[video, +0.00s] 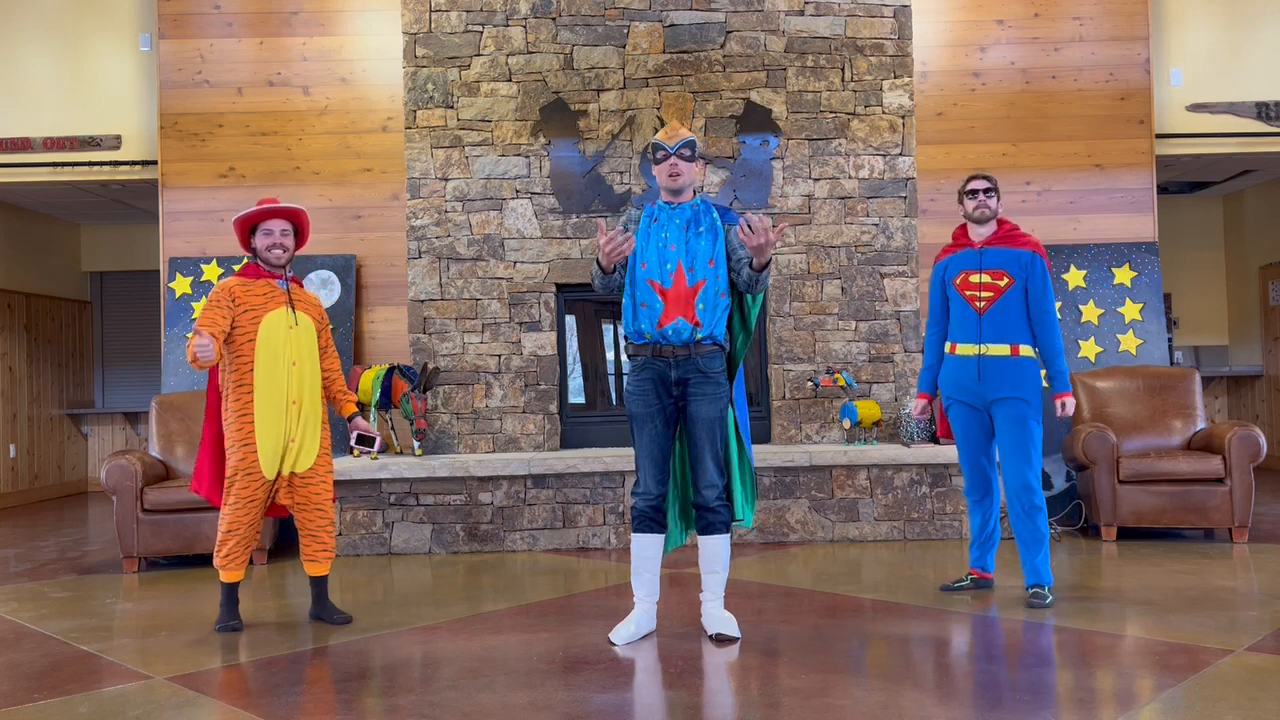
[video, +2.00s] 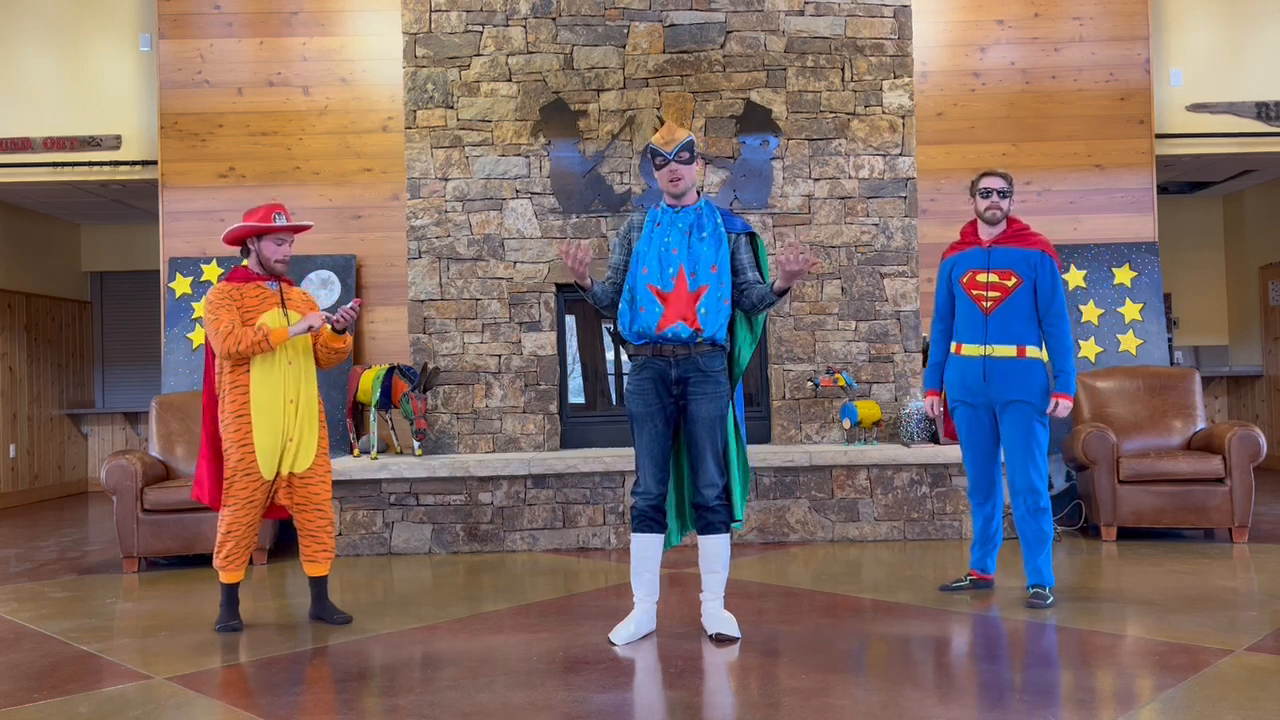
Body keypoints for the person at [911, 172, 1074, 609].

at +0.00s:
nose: (980, 200)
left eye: (988, 194)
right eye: (972, 195)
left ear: (1000, 203)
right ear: (961, 207)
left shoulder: (1027, 254)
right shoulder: (946, 262)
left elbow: (1046, 323)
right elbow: (935, 333)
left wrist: (1061, 382)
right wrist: (925, 390)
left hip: (1015, 385)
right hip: (961, 389)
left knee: (1023, 484)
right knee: (977, 484)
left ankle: (1038, 581)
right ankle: (980, 572)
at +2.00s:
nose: (994, 201)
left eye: (1001, 194)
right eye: (985, 194)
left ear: (1012, 202)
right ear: (973, 201)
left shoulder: (1036, 254)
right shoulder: (954, 257)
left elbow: (1057, 323)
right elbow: (941, 327)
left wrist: (1065, 383)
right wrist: (933, 383)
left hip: (1022, 388)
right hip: (968, 391)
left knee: (1029, 486)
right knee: (981, 485)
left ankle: (1039, 580)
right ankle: (982, 572)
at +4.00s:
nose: (971, 205)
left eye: (980, 197)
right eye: (970, 198)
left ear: (1007, 202)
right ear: (978, 205)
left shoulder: (1037, 251)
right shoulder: (971, 256)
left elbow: (1054, 329)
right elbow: (965, 328)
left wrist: (1046, 390)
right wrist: (953, 382)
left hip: (1017, 388)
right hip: (972, 388)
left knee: (1028, 487)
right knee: (985, 485)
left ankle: (1040, 580)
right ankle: (982, 571)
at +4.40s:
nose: (962, 210)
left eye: (970, 202)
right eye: (959, 204)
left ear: (997, 204)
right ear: (962, 208)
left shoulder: (1028, 254)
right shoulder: (960, 258)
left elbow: (1050, 329)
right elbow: (956, 329)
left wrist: (1046, 390)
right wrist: (946, 382)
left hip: (1013, 390)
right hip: (968, 391)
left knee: (1025, 487)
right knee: (983, 485)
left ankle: (1040, 581)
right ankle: (982, 571)